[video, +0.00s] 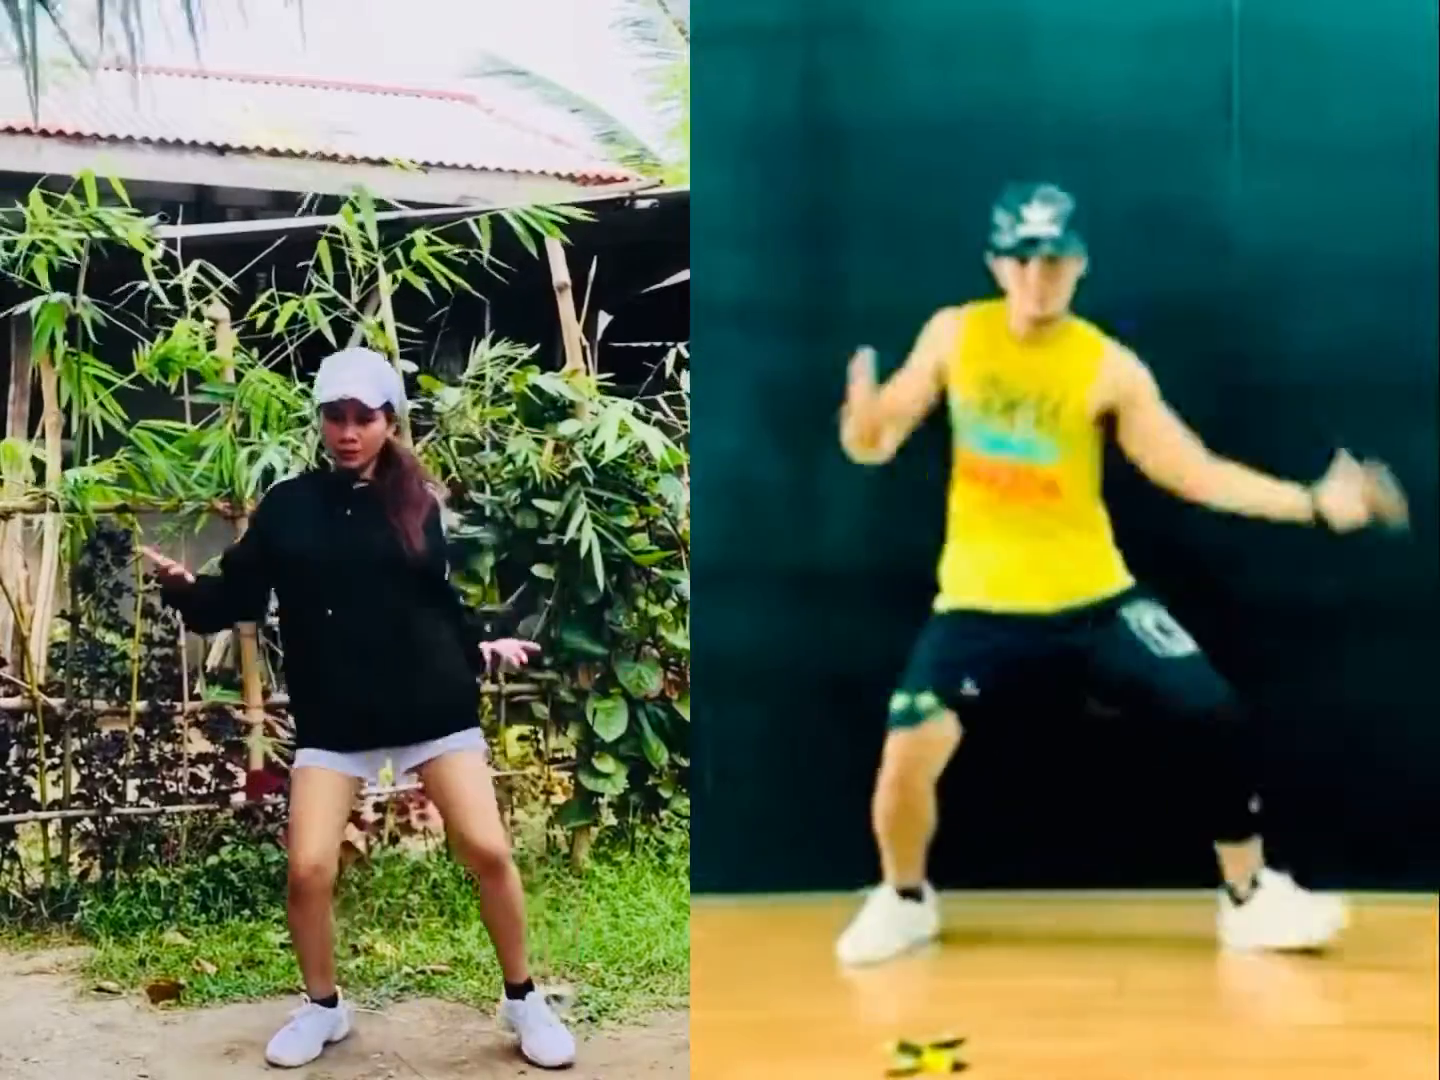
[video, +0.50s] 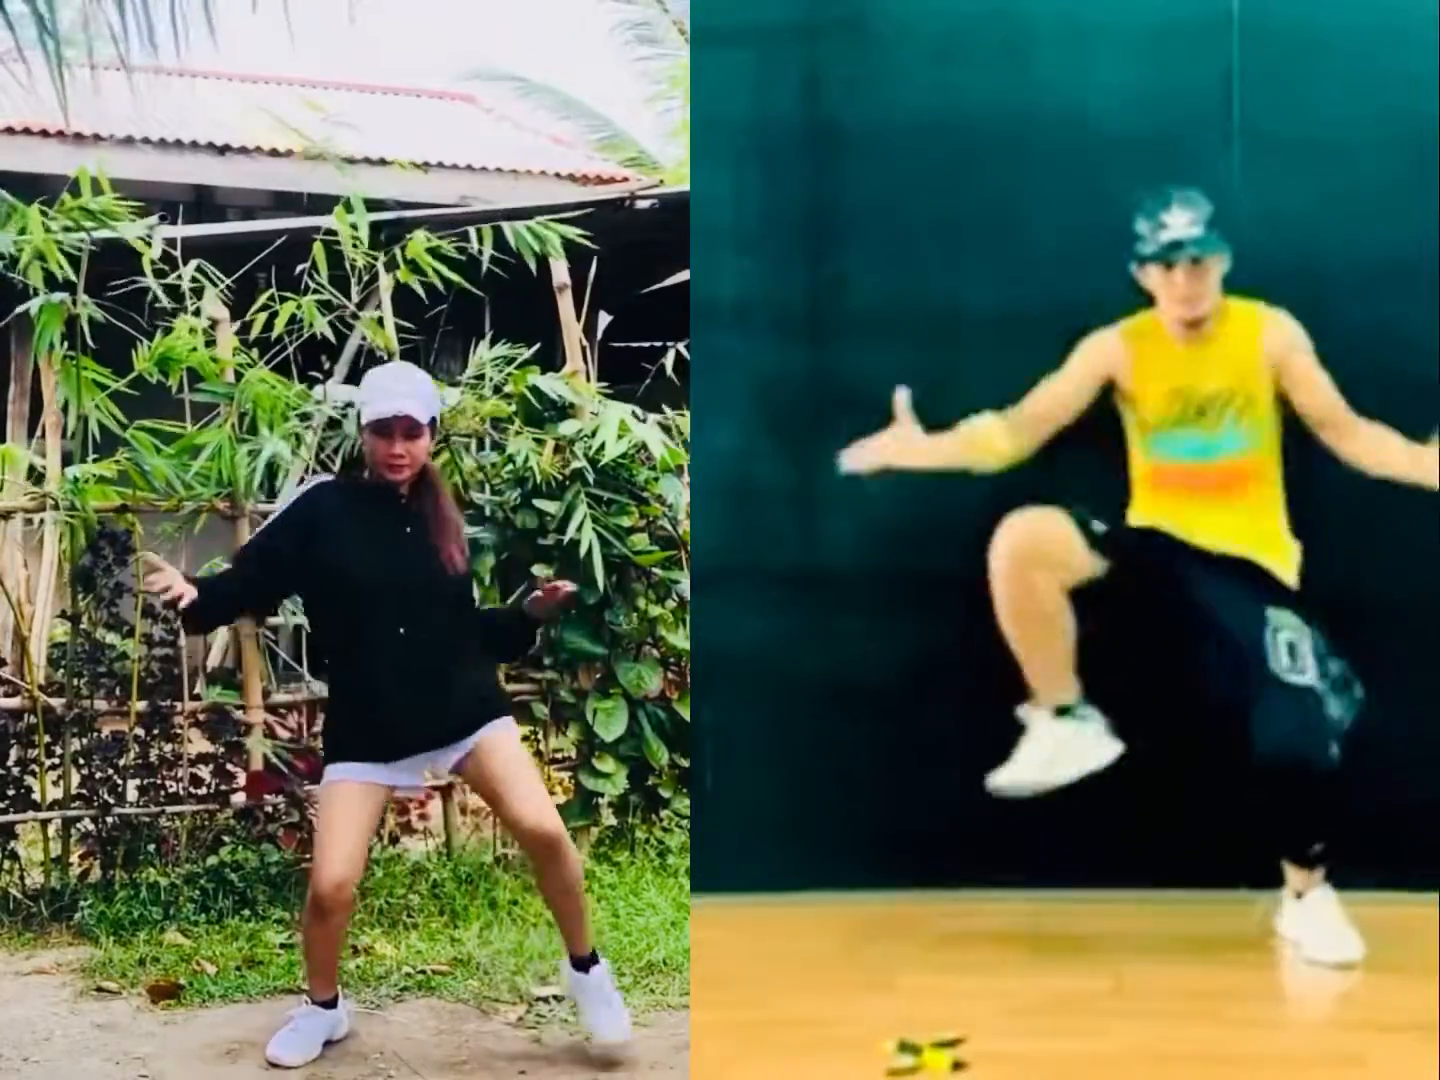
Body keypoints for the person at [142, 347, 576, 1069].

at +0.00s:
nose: (345, 432)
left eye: (361, 418)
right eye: (333, 417)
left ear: (390, 422)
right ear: (317, 422)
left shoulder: (416, 501)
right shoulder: (285, 507)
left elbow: (437, 599)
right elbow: (236, 599)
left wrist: (484, 639)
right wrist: (186, 590)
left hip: (437, 710)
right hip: (331, 721)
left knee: (489, 850)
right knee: (307, 869)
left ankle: (522, 998)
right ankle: (323, 1006)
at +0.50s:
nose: (398, 448)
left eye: (411, 434)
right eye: (384, 433)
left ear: (432, 438)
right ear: (363, 436)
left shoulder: (440, 517)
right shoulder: (324, 510)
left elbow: (460, 630)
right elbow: (252, 579)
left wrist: (528, 613)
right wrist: (195, 598)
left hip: (466, 710)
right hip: (365, 729)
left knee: (543, 829)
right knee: (329, 888)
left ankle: (587, 969)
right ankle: (322, 1007)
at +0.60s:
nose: (420, 464)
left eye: (434, 448)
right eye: (405, 449)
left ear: (456, 452)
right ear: (386, 456)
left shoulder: (486, 536)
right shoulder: (355, 547)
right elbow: (295, 642)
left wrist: (588, 581)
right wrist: (229, 679)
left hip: (482, 745)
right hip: (375, 753)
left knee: (570, 860)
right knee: (336, 904)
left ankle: (595, 1007)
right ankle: (320, 1009)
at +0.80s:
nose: (468, 468)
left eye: (481, 451)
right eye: (455, 455)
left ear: (514, 448)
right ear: (444, 462)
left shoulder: (562, 534)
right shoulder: (437, 545)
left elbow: (591, 627)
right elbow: (396, 656)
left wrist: (628, 654)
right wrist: (362, 629)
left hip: (555, 747)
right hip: (449, 740)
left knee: (590, 902)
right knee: (363, 869)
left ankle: (594, 1015)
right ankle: (324, 1001)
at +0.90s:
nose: (482, 448)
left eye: (494, 431)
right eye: (470, 436)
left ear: (532, 425)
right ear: (463, 441)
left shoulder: (588, 511)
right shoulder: (463, 521)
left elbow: (615, 615)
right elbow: (388, 601)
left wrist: (633, 639)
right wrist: (310, 593)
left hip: (576, 725)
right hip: (474, 715)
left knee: (585, 886)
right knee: (375, 828)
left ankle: (593, 1014)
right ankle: (372, 971)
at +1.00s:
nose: (491, 438)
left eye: (503, 422)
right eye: (481, 426)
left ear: (545, 415)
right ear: (477, 429)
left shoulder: (605, 494)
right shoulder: (483, 508)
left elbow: (681, 598)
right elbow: (431, 619)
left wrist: (674, 570)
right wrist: (349, 632)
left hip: (574, 709)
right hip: (474, 694)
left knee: (587, 876)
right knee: (381, 796)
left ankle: (591, 1012)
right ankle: (434, 910)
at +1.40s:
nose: (461, 448)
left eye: (474, 433)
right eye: (454, 435)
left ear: (517, 430)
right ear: (457, 437)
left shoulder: (578, 510)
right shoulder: (459, 521)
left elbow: (643, 596)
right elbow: (407, 637)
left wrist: (610, 536)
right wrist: (314, 657)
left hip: (561, 727)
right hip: (458, 710)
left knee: (580, 886)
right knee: (345, 806)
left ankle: (592, 1011)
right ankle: (344, 950)